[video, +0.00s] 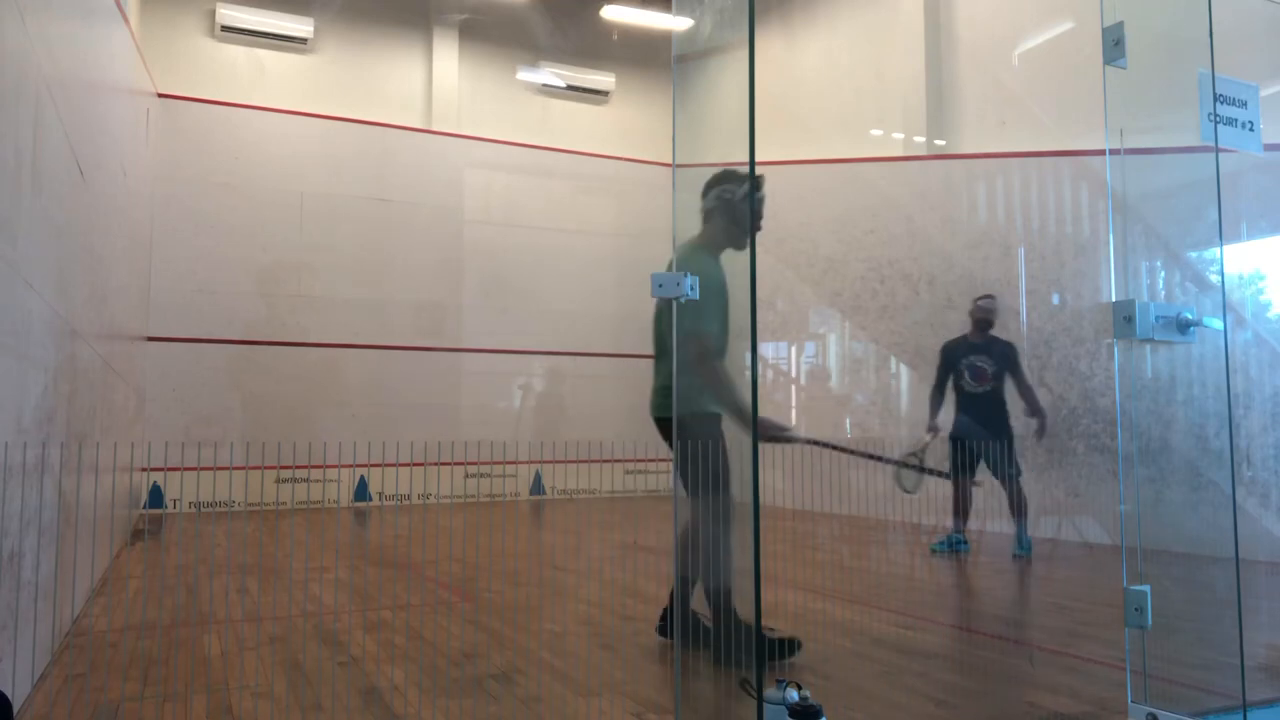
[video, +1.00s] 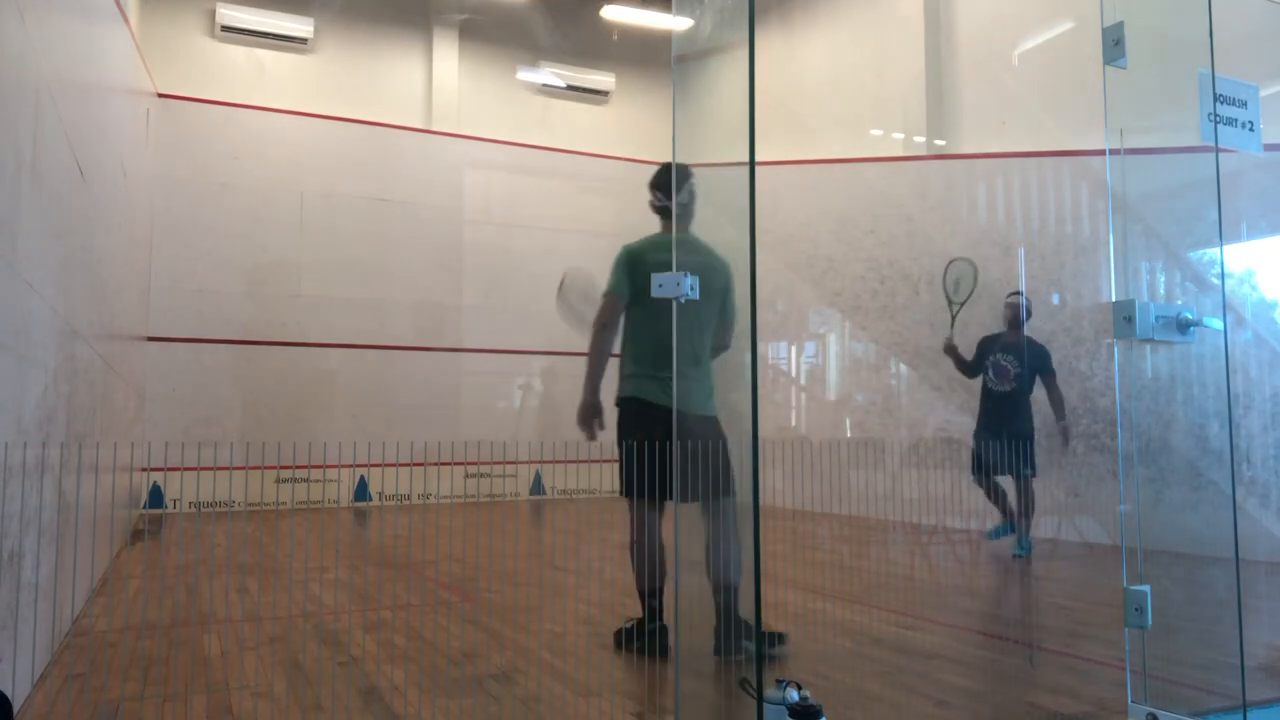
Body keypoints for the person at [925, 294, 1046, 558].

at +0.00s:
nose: (986, 316)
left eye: (991, 312)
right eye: (982, 311)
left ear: (996, 316)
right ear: (971, 313)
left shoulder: (1004, 349)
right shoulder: (952, 349)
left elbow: (1022, 383)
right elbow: (939, 386)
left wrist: (1039, 412)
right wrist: (932, 418)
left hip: (996, 425)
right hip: (964, 423)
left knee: (1011, 483)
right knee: (960, 481)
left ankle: (1022, 538)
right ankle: (958, 535)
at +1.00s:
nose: (1011, 312)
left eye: (1017, 308)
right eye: (1008, 307)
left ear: (1027, 314)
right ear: (1003, 311)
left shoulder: (1036, 351)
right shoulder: (988, 344)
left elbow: (1052, 388)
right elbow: (971, 371)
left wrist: (1062, 422)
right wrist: (953, 353)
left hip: (1018, 424)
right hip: (988, 422)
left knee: (1022, 479)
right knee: (981, 475)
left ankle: (1024, 537)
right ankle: (1009, 518)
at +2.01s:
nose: (935, 336)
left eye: (939, 331)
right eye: (933, 331)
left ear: (952, 331)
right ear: (932, 332)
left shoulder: (965, 358)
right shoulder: (932, 358)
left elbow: (983, 395)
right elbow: (925, 390)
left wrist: (965, 416)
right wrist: (909, 413)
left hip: (955, 426)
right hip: (935, 425)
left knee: (942, 477)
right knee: (944, 479)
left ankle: (939, 529)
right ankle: (990, 520)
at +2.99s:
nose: (884, 340)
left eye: (888, 334)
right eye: (879, 335)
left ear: (897, 333)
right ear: (874, 336)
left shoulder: (910, 356)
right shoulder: (874, 364)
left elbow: (937, 377)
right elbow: (860, 394)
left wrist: (919, 366)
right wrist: (848, 418)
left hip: (909, 425)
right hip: (887, 427)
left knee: (906, 477)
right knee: (896, 478)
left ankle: (909, 527)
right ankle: (903, 524)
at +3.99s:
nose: (841, 332)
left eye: (845, 328)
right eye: (840, 328)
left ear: (859, 330)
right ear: (841, 332)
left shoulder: (878, 358)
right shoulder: (836, 360)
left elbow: (872, 386)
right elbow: (833, 383)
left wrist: (841, 381)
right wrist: (859, 383)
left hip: (875, 431)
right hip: (847, 431)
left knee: (890, 479)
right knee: (826, 476)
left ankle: (906, 528)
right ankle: (807, 525)